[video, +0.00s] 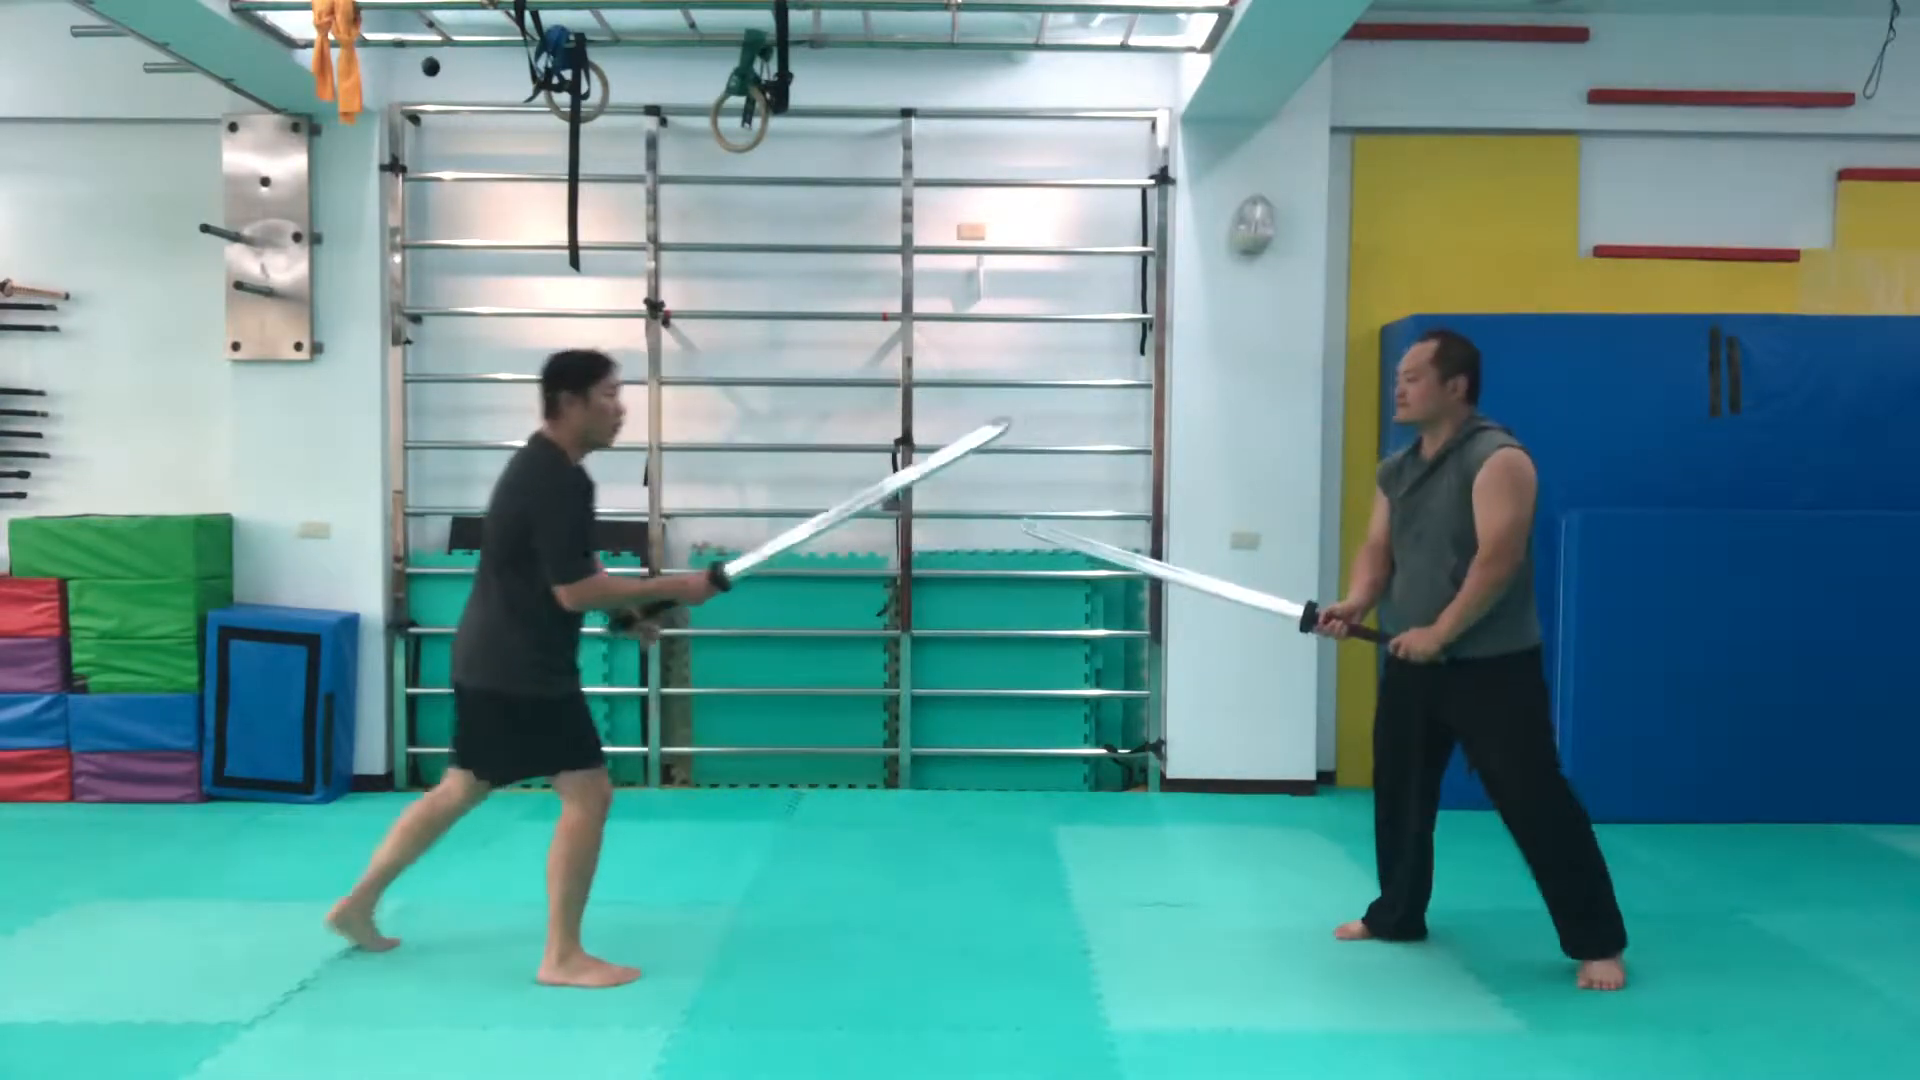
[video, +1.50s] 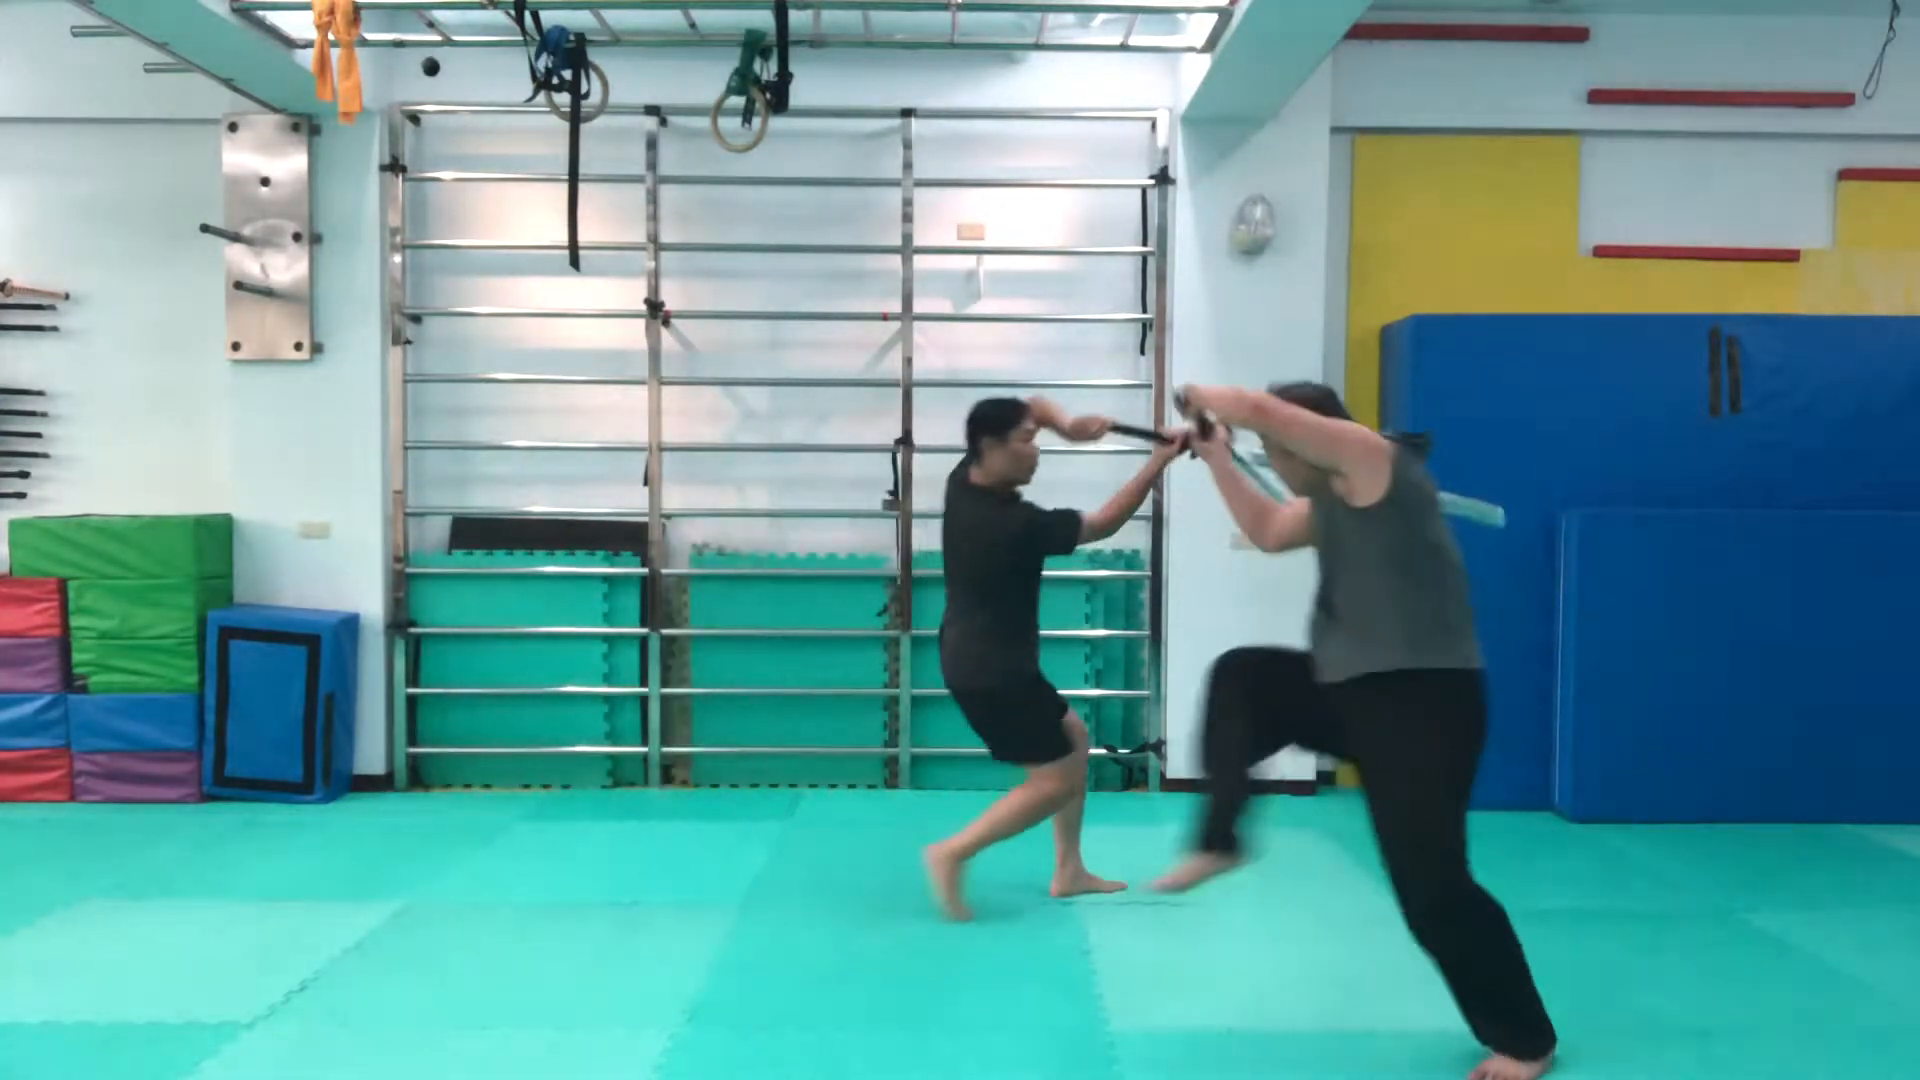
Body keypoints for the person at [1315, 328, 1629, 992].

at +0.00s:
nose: (1399, 388)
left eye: (1412, 379)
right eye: (1399, 379)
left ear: (1457, 388)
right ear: (1415, 390)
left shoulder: (1500, 462)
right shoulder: (1396, 471)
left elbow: (1500, 561)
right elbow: (1377, 552)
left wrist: (1437, 631)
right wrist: (1355, 605)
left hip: (1493, 665)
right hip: (1413, 664)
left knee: (1535, 801)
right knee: (1400, 792)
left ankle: (1599, 945)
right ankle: (1398, 916)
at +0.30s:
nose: (1434, 392)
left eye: (1448, 382)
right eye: (1434, 381)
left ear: (1491, 391)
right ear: (1446, 391)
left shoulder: (1530, 467)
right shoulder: (1426, 471)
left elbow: (1519, 565)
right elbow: (1401, 551)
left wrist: (1449, 629)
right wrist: (1370, 600)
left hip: (1513, 671)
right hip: (1432, 668)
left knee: (1542, 806)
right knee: (1404, 787)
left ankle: (1597, 948)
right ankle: (1396, 915)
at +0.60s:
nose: (1425, 393)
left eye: (1439, 384)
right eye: (1426, 383)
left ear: (1483, 392)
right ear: (1440, 392)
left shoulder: (1525, 467)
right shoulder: (1421, 475)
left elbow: (1509, 562)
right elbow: (1391, 552)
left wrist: (1428, 620)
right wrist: (1348, 591)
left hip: (1510, 673)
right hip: (1426, 669)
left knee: (1539, 807)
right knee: (1398, 787)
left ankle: (1594, 951)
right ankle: (1393, 915)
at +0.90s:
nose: (1372, 425)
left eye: (1385, 413)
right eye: (1371, 413)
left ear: (1429, 419)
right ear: (1377, 420)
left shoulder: (1481, 481)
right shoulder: (1366, 496)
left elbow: (1428, 555)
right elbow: (1305, 546)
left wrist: (1339, 587)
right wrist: (1251, 554)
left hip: (1487, 686)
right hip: (1399, 687)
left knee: (1497, 815)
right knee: (1378, 797)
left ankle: (1533, 942)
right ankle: (1391, 915)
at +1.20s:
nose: (1346, 452)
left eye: (1354, 439)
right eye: (1342, 440)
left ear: (1400, 429)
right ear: (1374, 438)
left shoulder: (1459, 462)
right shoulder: (1363, 492)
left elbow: (1382, 539)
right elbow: (1333, 567)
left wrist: (1302, 587)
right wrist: (1263, 619)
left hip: (1472, 687)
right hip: (1389, 688)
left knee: (1470, 860)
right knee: (1357, 796)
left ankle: (1528, 1039)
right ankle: (1398, 897)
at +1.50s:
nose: (1276, 471)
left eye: (1279, 459)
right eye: (1272, 460)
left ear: (1315, 439)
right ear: (1300, 444)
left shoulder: (1380, 468)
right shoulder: (1330, 503)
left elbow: (1262, 409)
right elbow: (1267, 530)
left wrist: (1204, 395)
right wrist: (1217, 456)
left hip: (1423, 703)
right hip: (1358, 697)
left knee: (1431, 889)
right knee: (1241, 677)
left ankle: (1525, 1043)